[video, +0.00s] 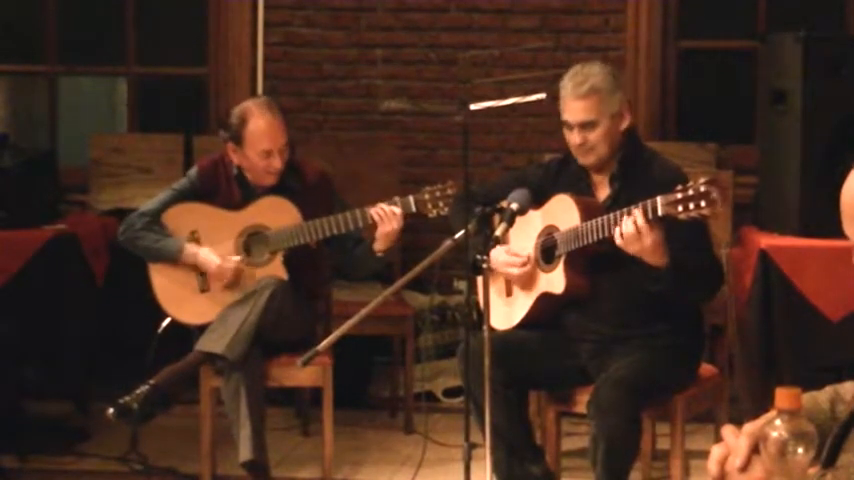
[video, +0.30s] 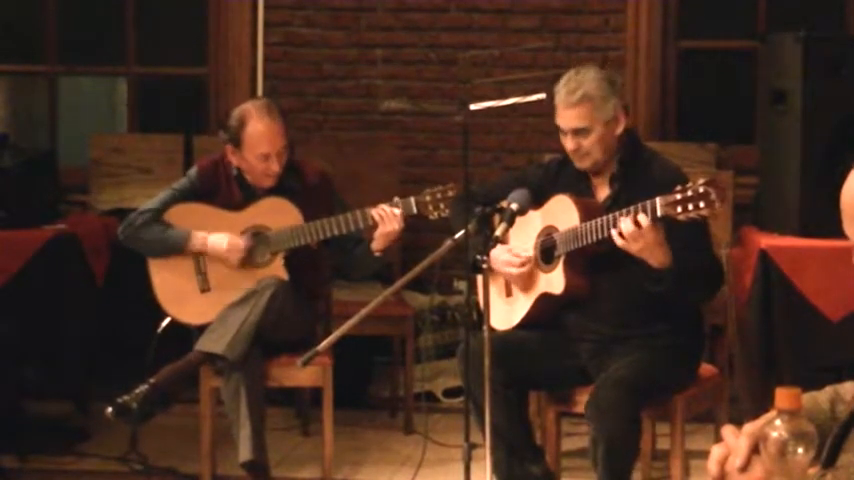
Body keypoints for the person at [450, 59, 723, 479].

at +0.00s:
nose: (577, 139)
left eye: (589, 126)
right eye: (568, 128)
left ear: (623, 119)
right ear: (561, 124)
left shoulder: (665, 184)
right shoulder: (557, 176)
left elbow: (706, 281)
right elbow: (467, 205)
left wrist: (661, 260)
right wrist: (486, 250)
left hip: (653, 342)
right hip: (573, 336)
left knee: (613, 394)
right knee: (484, 353)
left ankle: (609, 473)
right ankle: (524, 471)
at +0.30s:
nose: (571, 145)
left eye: (582, 133)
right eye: (563, 133)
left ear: (618, 122)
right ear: (556, 127)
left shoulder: (664, 183)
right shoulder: (557, 175)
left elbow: (706, 281)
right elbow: (470, 204)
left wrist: (663, 260)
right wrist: (486, 250)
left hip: (652, 344)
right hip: (573, 337)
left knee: (611, 399)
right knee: (484, 352)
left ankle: (611, 474)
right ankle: (524, 471)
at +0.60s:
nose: (571, 146)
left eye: (583, 134)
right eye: (563, 134)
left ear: (619, 124)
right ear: (556, 127)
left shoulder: (664, 182)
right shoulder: (558, 176)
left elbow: (705, 281)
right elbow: (469, 203)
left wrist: (660, 261)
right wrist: (487, 248)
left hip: (654, 341)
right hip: (574, 335)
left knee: (610, 402)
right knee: (483, 351)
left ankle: (612, 474)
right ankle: (523, 471)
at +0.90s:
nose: (579, 144)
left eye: (591, 131)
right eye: (569, 132)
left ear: (622, 121)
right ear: (560, 127)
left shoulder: (664, 182)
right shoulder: (558, 176)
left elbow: (704, 282)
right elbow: (468, 202)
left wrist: (658, 261)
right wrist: (487, 248)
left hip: (654, 342)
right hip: (573, 336)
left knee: (611, 403)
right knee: (483, 352)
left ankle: (613, 474)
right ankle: (523, 471)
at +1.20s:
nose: (589, 141)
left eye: (600, 126)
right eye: (576, 130)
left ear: (625, 118)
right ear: (563, 127)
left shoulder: (666, 185)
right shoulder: (558, 177)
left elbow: (703, 283)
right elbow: (467, 204)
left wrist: (659, 263)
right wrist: (489, 248)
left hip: (652, 343)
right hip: (573, 336)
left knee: (612, 405)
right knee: (484, 353)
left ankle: (613, 474)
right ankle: (524, 472)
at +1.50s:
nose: (590, 139)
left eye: (601, 125)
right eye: (577, 128)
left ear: (626, 116)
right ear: (564, 126)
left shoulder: (667, 184)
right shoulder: (557, 177)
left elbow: (703, 284)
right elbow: (469, 203)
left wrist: (661, 265)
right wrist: (489, 248)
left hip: (653, 343)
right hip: (574, 336)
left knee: (612, 406)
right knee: (485, 353)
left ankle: (614, 474)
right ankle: (523, 471)